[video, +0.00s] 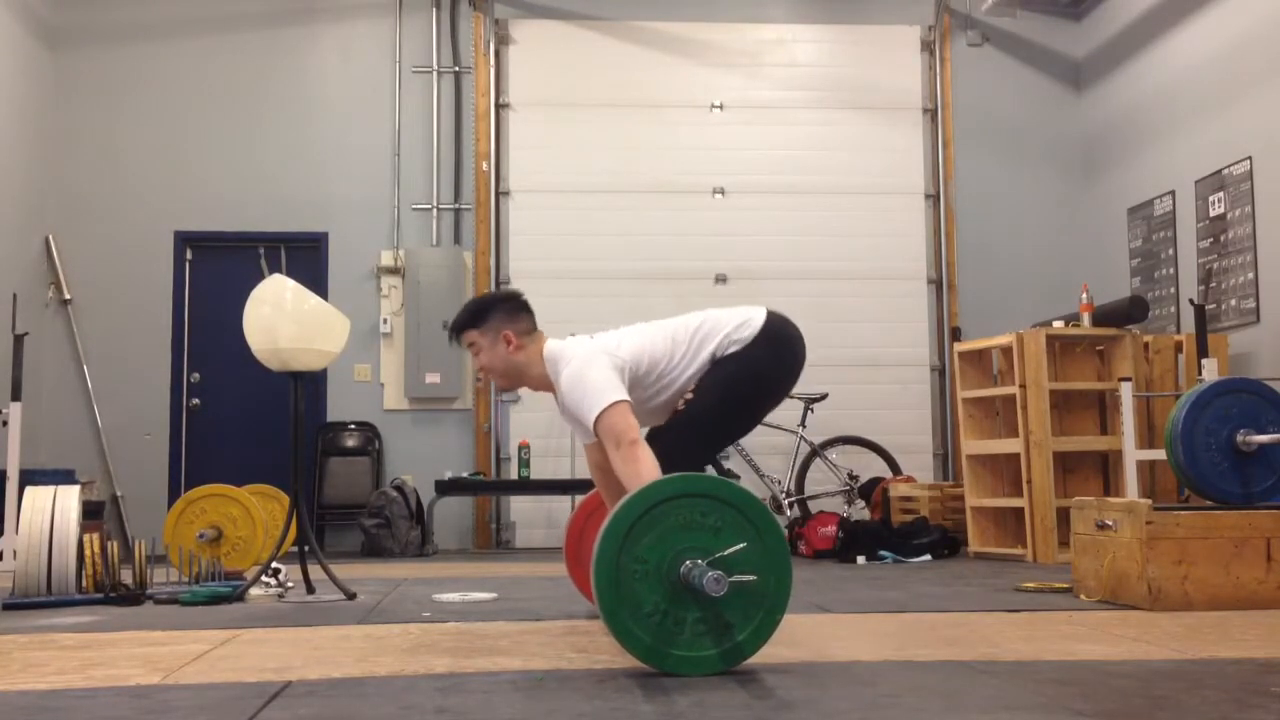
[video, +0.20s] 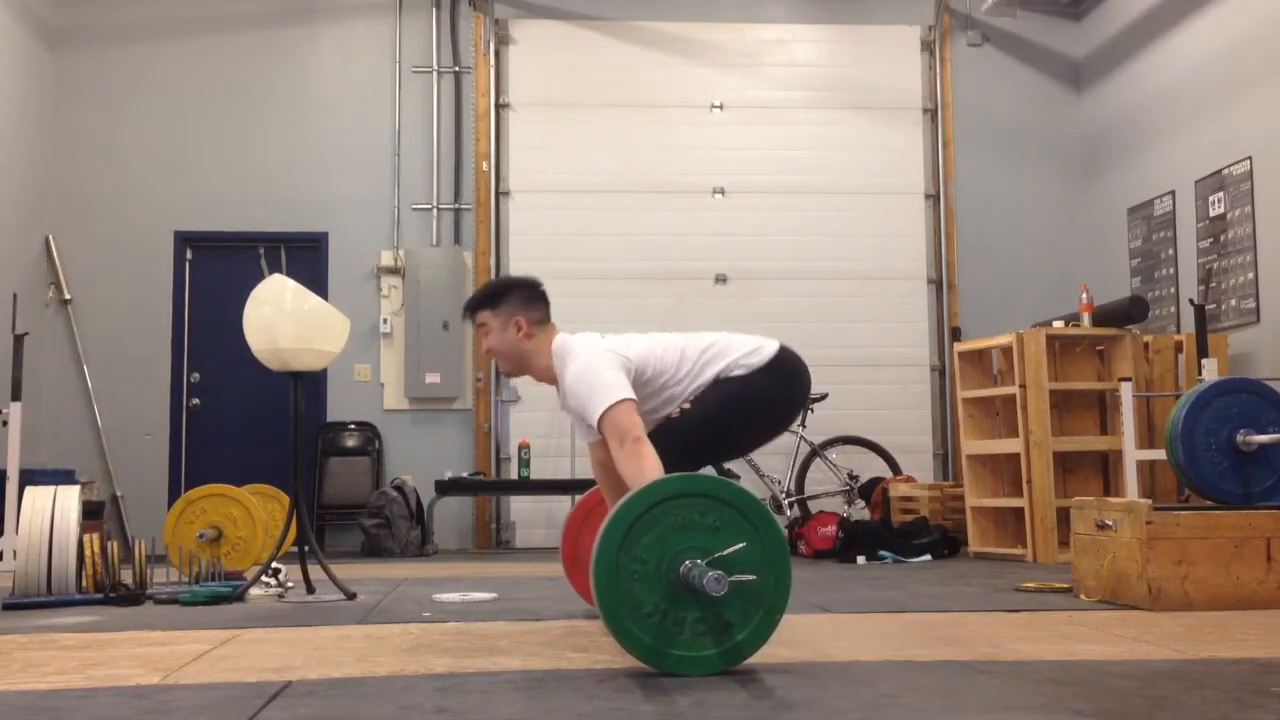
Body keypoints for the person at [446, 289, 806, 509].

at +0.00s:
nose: (474, 367)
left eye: (475, 351)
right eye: (470, 355)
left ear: (509, 341)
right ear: (509, 344)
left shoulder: (579, 368)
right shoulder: (566, 384)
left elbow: (629, 444)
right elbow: (602, 468)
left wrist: (666, 533)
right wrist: (632, 541)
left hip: (765, 343)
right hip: (746, 347)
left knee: (660, 461)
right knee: (657, 459)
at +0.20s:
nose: (482, 346)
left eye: (484, 331)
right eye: (480, 334)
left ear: (519, 327)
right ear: (517, 330)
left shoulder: (585, 364)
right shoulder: (572, 377)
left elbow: (632, 444)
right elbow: (606, 466)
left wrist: (671, 531)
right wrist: (630, 541)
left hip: (769, 374)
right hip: (749, 378)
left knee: (652, 460)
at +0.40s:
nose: (495, 327)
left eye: (500, 312)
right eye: (494, 314)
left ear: (533, 313)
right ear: (532, 316)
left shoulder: (592, 359)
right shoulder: (576, 375)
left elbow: (637, 442)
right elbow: (605, 460)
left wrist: (669, 529)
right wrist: (625, 536)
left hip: (769, 404)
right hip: (747, 408)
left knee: (646, 465)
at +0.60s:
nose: (508, 310)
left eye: (516, 296)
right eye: (510, 297)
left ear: (549, 304)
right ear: (545, 305)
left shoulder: (599, 355)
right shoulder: (579, 373)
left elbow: (640, 439)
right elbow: (606, 464)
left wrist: (670, 529)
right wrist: (621, 546)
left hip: (769, 426)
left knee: (627, 467)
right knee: (615, 467)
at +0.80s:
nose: (520, 300)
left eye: (528, 287)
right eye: (522, 288)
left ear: (561, 296)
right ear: (556, 297)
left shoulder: (607, 353)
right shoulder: (585, 371)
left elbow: (644, 438)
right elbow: (608, 463)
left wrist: (669, 527)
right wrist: (618, 536)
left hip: (767, 444)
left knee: (626, 469)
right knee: (618, 468)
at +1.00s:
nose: (530, 293)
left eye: (540, 280)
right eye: (534, 281)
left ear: (571, 292)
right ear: (568, 294)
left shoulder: (616, 351)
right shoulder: (590, 367)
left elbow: (648, 439)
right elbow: (607, 460)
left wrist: (663, 528)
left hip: (762, 457)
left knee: (627, 469)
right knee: (609, 473)